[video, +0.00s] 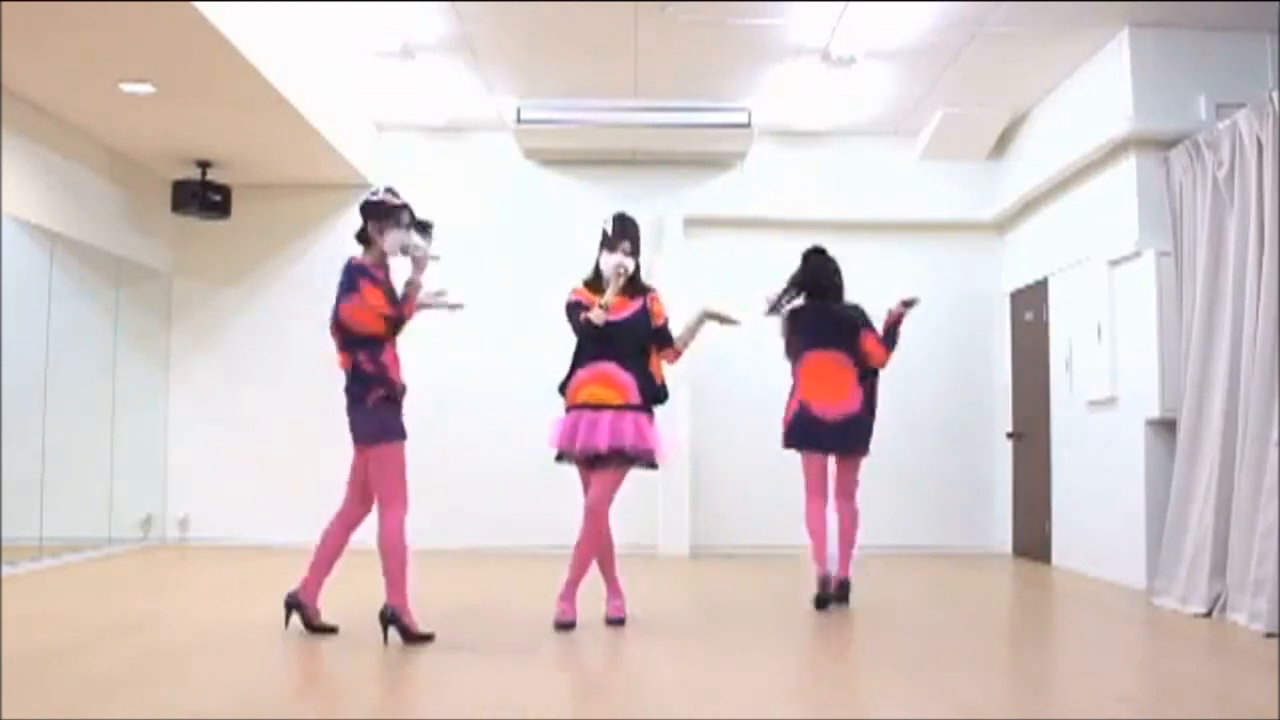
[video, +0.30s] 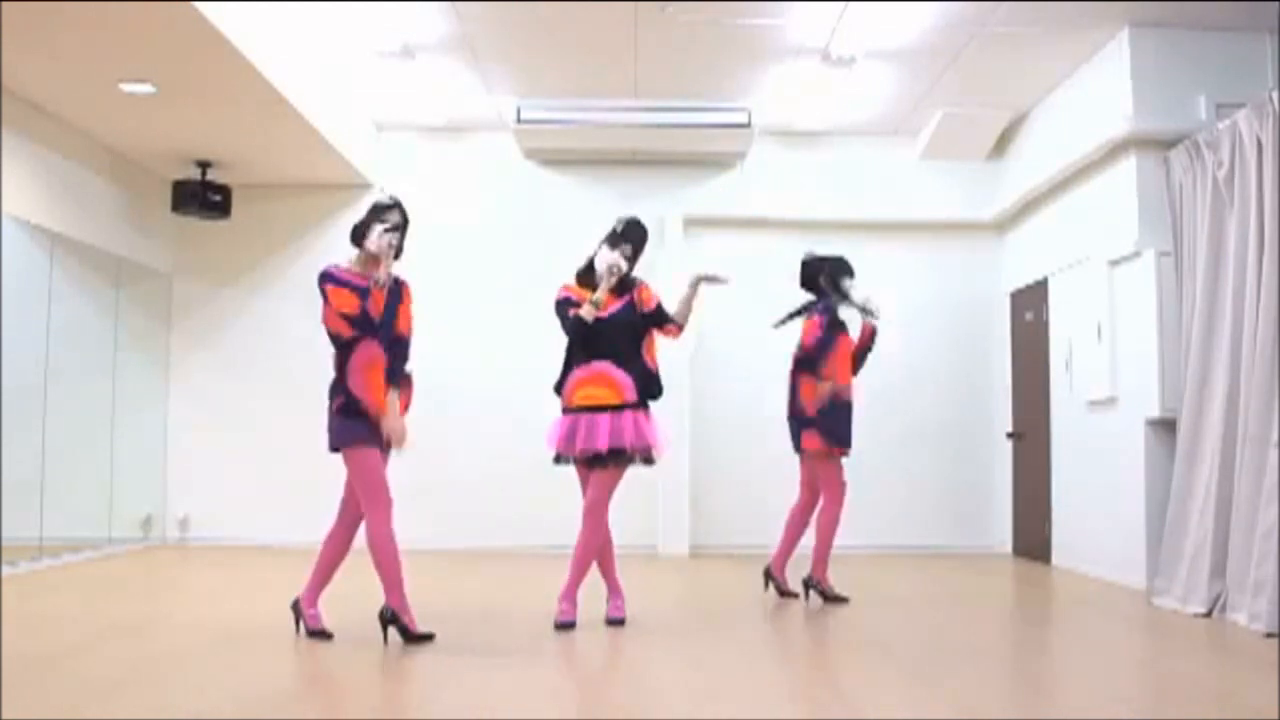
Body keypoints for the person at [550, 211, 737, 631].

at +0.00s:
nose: (620, 261)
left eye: (628, 253)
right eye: (613, 252)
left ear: (637, 258)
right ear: (599, 253)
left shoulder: (647, 301)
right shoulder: (581, 295)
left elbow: (669, 351)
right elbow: (585, 323)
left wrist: (702, 317)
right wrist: (610, 292)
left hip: (627, 406)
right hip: (585, 404)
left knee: (597, 504)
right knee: (594, 506)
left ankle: (567, 593)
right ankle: (614, 592)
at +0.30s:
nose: (618, 260)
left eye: (627, 255)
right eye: (614, 250)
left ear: (635, 258)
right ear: (601, 246)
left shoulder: (637, 292)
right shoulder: (572, 291)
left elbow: (672, 327)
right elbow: (575, 328)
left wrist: (694, 286)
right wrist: (601, 292)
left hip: (623, 407)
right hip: (580, 406)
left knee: (596, 504)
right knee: (593, 506)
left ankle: (568, 594)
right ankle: (615, 592)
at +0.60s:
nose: (620, 260)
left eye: (628, 256)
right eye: (618, 251)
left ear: (634, 259)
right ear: (604, 247)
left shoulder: (633, 290)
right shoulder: (569, 290)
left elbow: (681, 304)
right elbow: (572, 326)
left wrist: (683, 253)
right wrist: (599, 288)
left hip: (620, 406)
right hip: (578, 406)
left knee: (595, 504)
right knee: (593, 506)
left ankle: (569, 594)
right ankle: (614, 593)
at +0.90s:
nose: (610, 261)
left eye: (617, 253)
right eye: (602, 253)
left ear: (627, 257)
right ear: (589, 255)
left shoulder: (640, 299)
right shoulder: (573, 295)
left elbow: (668, 345)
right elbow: (575, 332)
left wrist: (692, 302)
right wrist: (599, 288)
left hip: (622, 406)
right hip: (580, 405)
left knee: (595, 503)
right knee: (592, 505)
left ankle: (568, 595)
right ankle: (615, 593)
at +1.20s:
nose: (612, 261)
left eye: (619, 253)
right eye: (604, 252)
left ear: (629, 256)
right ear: (592, 253)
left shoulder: (641, 297)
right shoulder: (575, 295)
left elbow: (671, 344)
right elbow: (578, 332)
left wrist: (694, 299)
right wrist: (602, 288)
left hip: (624, 407)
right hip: (581, 406)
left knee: (596, 503)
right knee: (593, 505)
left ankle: (567, 596)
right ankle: (615, 592)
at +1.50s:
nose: (613, 261)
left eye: (621, 252)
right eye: (606, 252)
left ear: (631, 255)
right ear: (593, 253)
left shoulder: (642, 297)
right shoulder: (576, 295)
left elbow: (671, 344)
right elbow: (579, 332)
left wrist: (695, 300)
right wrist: (602, 289)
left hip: (624, 407)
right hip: (582, 406)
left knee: (596, 503)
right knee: (594, 505)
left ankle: (567, 595)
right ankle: (615, 592)